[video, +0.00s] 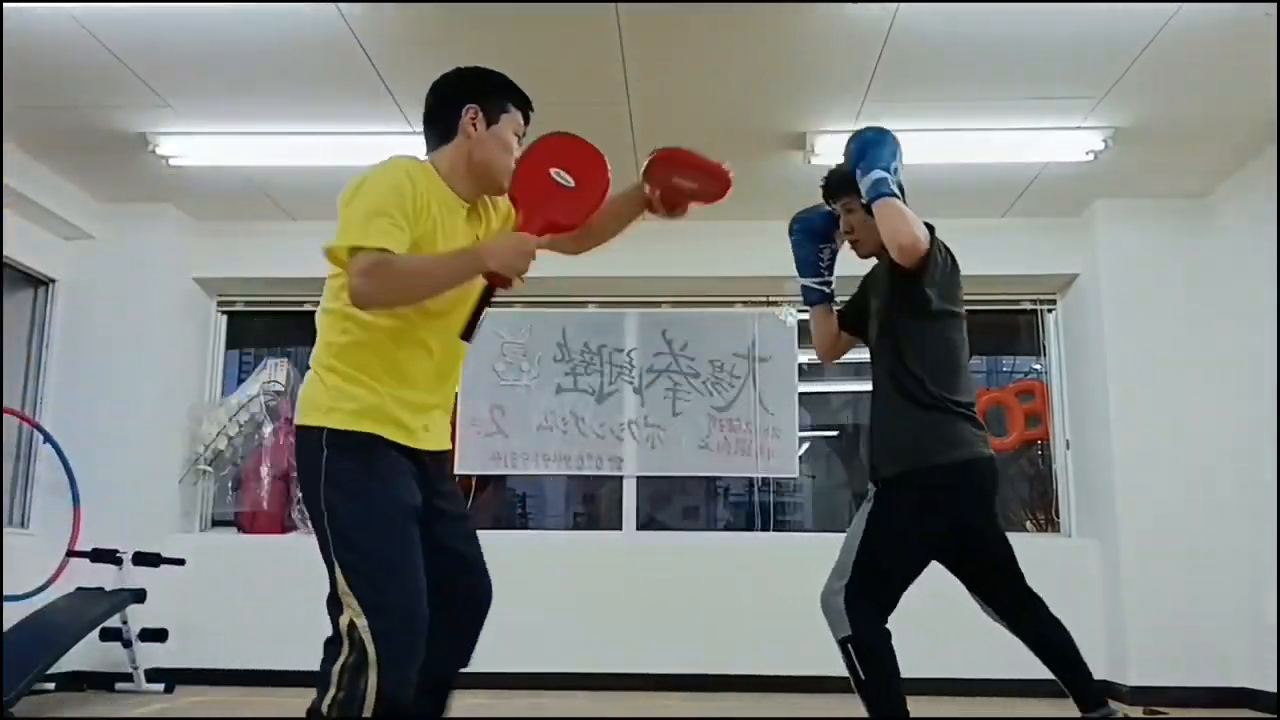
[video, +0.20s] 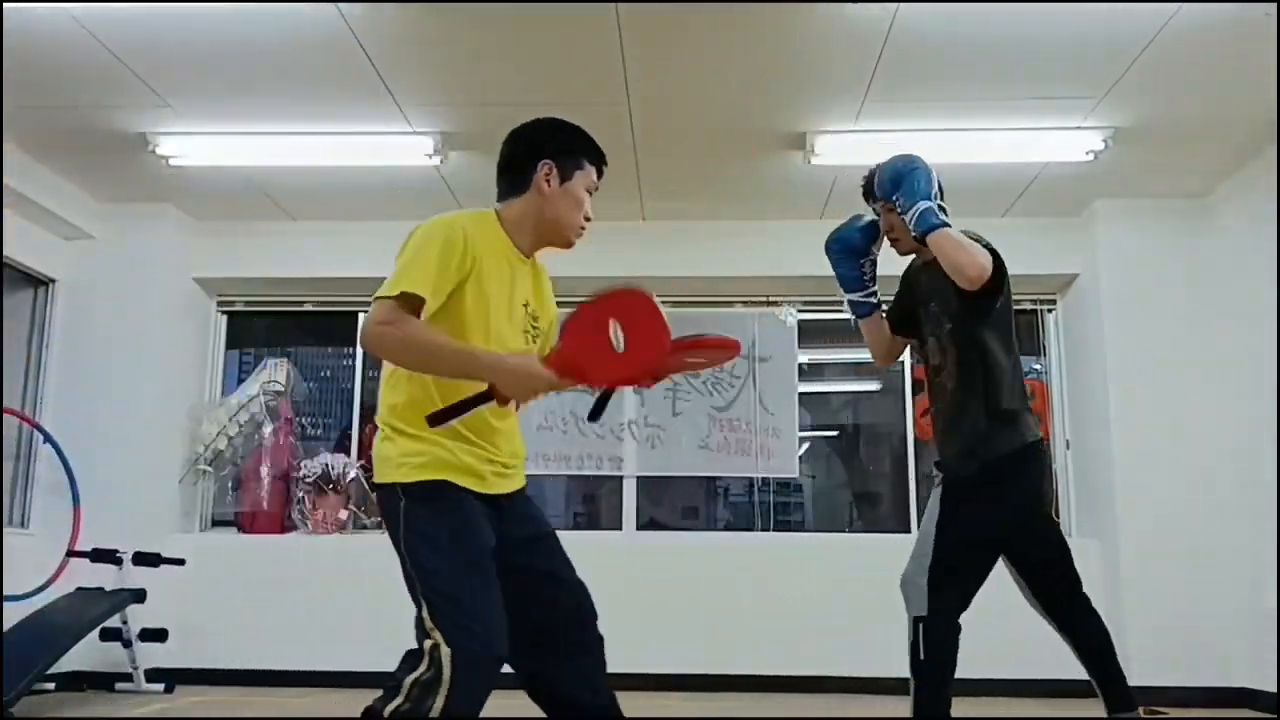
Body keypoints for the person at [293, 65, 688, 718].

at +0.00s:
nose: (521, 152)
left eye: (524, 139)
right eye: (515, 133)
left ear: (476, 128)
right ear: (473, 123)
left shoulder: (495, 212)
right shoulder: (394, 183)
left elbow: (574, 236)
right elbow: (369, 284)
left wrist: (643, 197)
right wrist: (482, 256)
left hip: (421, 441)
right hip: (346, 431)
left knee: (462, 594)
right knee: (388, 619)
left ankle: (411, 710)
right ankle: (339, 711)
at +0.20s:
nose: (591, 212)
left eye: (594, 198)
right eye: (587, 192)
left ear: (548, 183)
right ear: (546, 177)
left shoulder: (537, 283)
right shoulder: (450, 236)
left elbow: (529, 384)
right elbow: (382, 330)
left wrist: (634, 365)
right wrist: (495, 367)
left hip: (500, 479)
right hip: (423, 474)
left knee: (563, 629)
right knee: (466, 645)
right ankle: (389, 714)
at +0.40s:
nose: (637, 246)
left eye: (640, 232)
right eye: (637, 227)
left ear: (600, 212)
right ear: (610, 210)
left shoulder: (559, 287)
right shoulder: (535, 253)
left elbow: (580, 356)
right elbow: (466, 343)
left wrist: (623, 285)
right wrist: (516, 450)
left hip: (536, 490)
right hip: (481, 487)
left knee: (614, 636)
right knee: (517, 658)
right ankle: (422, 712)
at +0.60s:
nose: (646, 239)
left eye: (651, 224)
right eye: (647, 219)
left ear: (592, 204)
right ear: (619, 204)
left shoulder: (539, 257)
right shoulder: (564, 241)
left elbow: (578, 336)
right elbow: (538, 336)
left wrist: (613, 269)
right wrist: (615, 436)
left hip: (526, 484)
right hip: (488, 477)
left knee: (588, 621)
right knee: (478, 656)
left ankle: (604, 715)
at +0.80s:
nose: (670, 234)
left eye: (675, 220)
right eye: (671, 215)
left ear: (634, 204)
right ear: (641, 202)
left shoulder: (597, 281)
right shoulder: (569, 247)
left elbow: (618, 337)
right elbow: (521, 334)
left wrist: (648, 265)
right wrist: (600, 422)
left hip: (555, 492)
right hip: (499, 484)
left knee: (616, 624)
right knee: (465, 650)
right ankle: (382, 716)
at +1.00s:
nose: (703, 233)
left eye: (706, 220)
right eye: (700, 215)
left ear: (664, 207)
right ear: (664, 202)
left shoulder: (660, 290)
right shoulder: (579, 246)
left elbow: (714, 306)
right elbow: (493, 317)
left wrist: (785, 274)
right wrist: (501, 406)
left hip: (560, 478)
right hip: (496, 464)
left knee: (608, 609)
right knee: (455, 630)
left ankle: (614, 713)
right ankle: (378, 711)